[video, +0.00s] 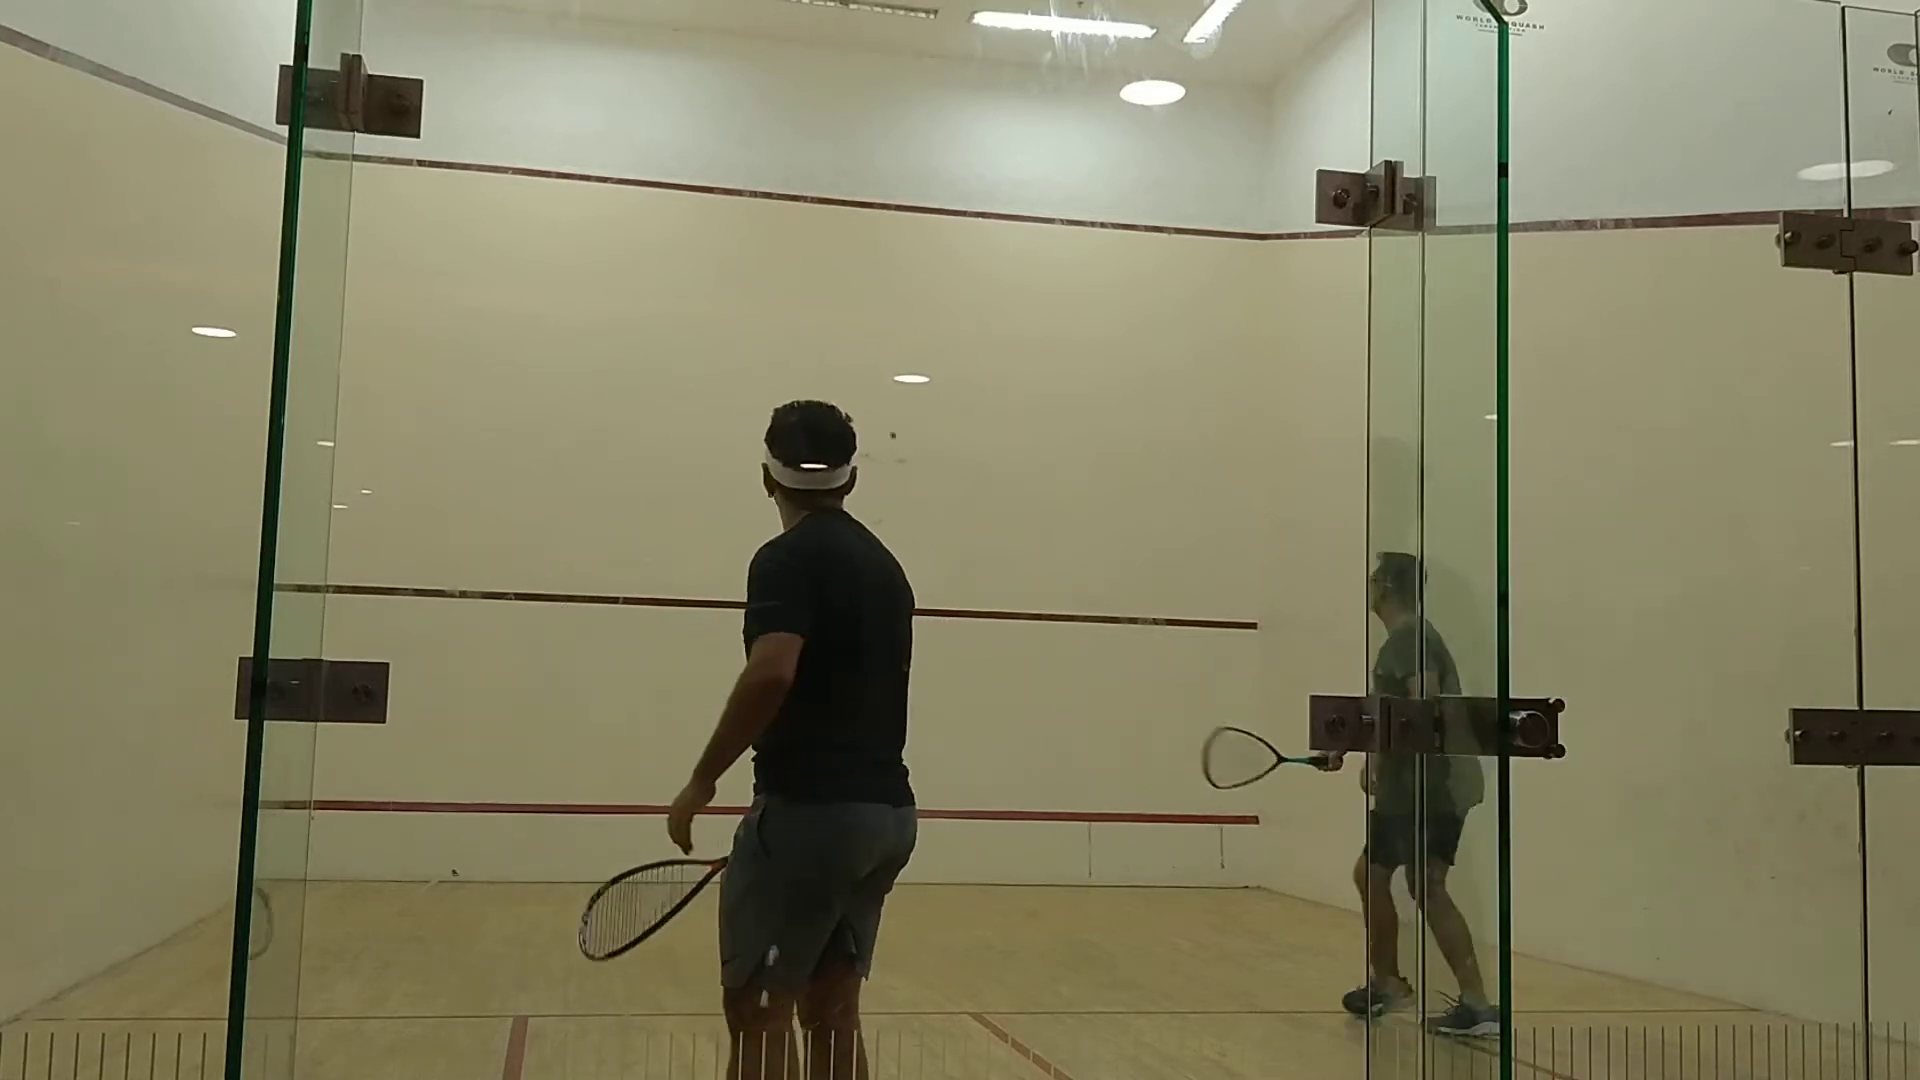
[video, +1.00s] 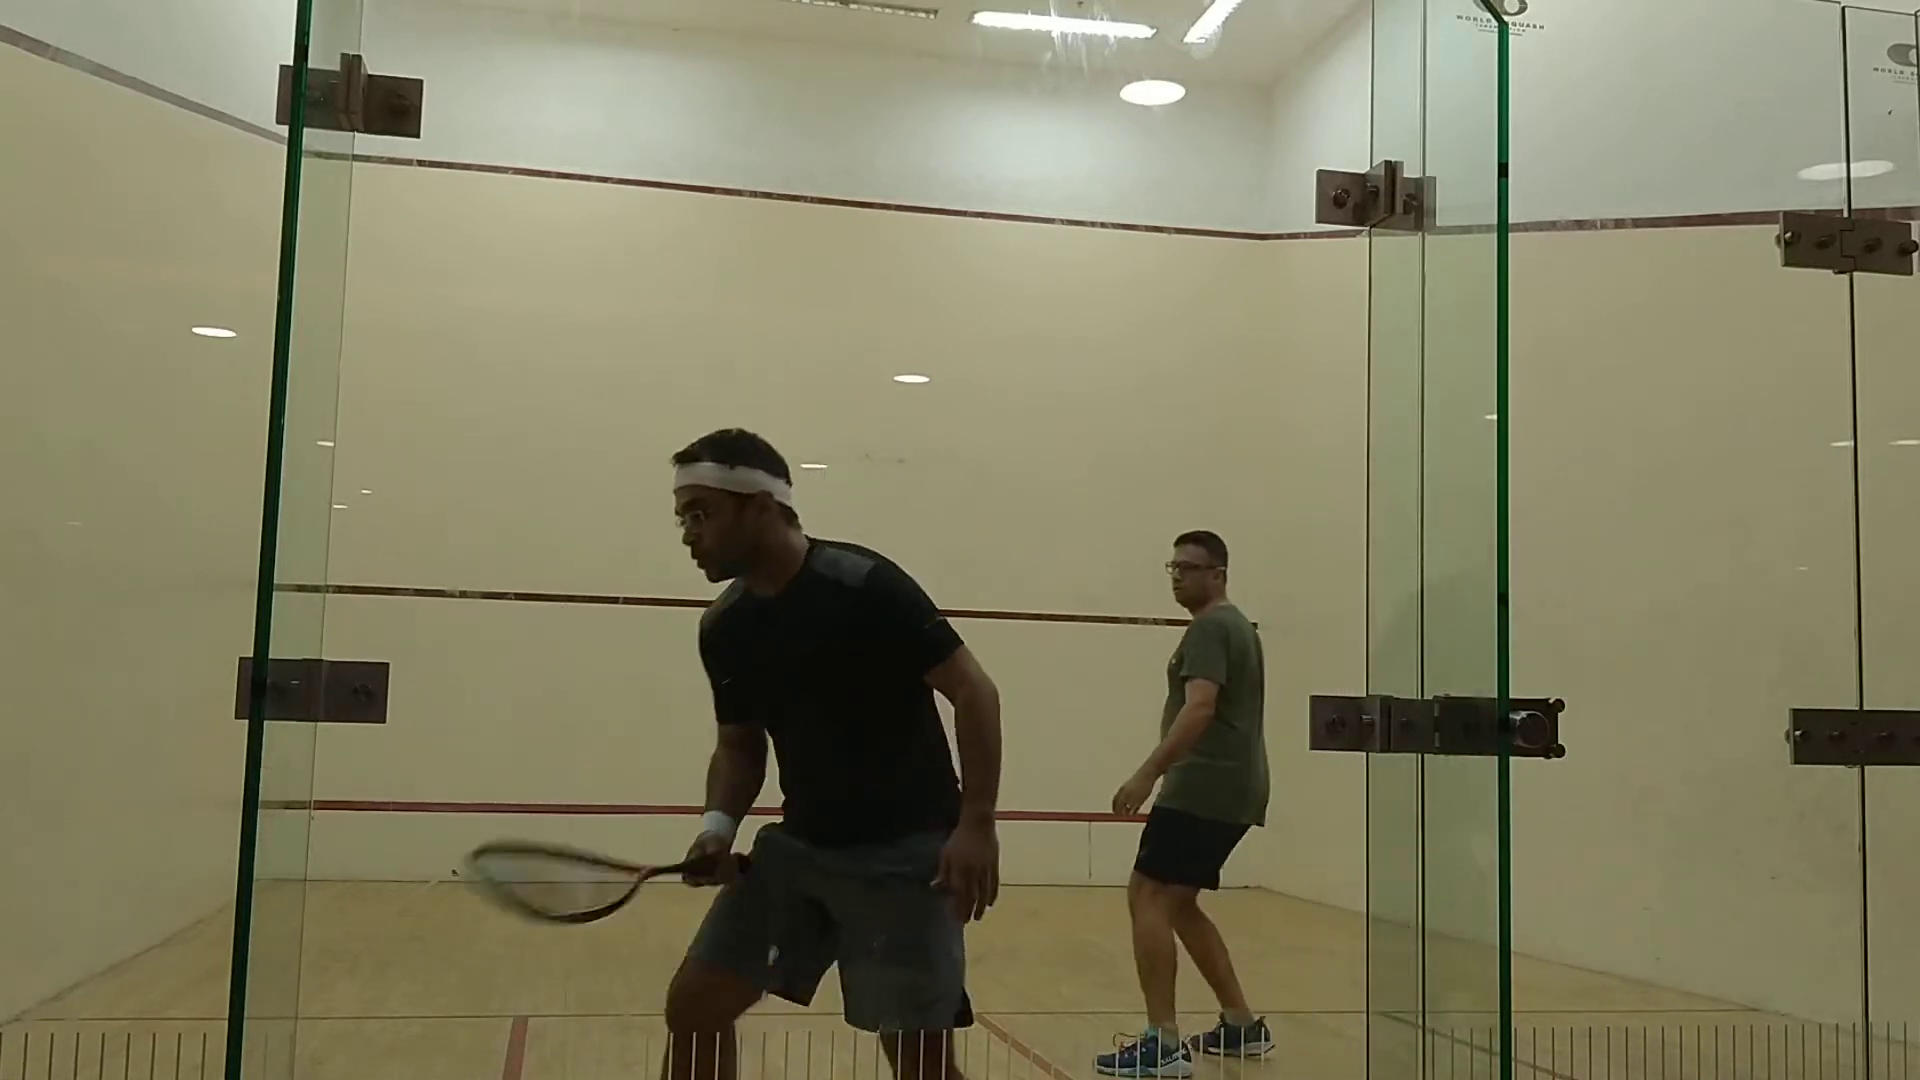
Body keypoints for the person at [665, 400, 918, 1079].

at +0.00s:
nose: (765, 478)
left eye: (767, 468)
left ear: (770, 479)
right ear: (850, 481)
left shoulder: (784, 559)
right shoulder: (882, 565)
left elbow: (773, 671)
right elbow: (862, 700)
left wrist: (700, 781)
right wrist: (780, 801)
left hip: (805, 818)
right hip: (883, 816)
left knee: (754, 1007)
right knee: (832, 1006)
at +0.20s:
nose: (770, 474)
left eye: (772, 462)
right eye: (775, 461)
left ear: (778, 474)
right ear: (855, 472)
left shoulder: (808, 558)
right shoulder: (882, 556)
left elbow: (810, 680)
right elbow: (878, 698)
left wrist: (756, 813)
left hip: (834, 819)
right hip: (896, 817)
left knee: (798, 1015)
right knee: (842, 1009)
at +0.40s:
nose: (781, 487)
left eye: (783, 475)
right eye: (785, 474)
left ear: (798, 494)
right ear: (870, 492)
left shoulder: (842, 583)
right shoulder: (892, 571)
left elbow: (841, 709)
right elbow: (898, 722)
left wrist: (782, 845)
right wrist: (827, 827)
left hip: (883, 852)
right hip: (879, 847)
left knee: (889, 1047)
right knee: (800, 1008)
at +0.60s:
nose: (764, 492)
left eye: (773, 477)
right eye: (767, 476)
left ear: (814, 491)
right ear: (824, 491)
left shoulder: (876, 575)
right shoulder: (862, 569)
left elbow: (889, 711)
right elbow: (883, 713)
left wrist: (822, 849)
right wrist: (816, 778)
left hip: (912, 849)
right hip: (865, 844)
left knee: (913, 1052)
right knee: (763, 1014)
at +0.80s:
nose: (733, 502)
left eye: (745, 483)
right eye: (731, 486)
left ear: (806, 479)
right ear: (799, 483)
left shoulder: (888, 572)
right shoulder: (781, 589)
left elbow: (944, 700)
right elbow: (788, 689)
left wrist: (908, 837)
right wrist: (757, 752)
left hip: (901, 853)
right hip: (812, 846)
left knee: (911, 1054)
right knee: (758, 1028)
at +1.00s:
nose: (687, 535)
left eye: (699, 514)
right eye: (683, 518)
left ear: (759, 506)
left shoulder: (868, 585)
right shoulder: (725, 628)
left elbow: (975, 695)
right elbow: (740, 743)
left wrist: (977, 825)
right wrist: (716, 830)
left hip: (906, 858)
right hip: (802, 851)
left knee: (921, 1058)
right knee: (695, 1009)